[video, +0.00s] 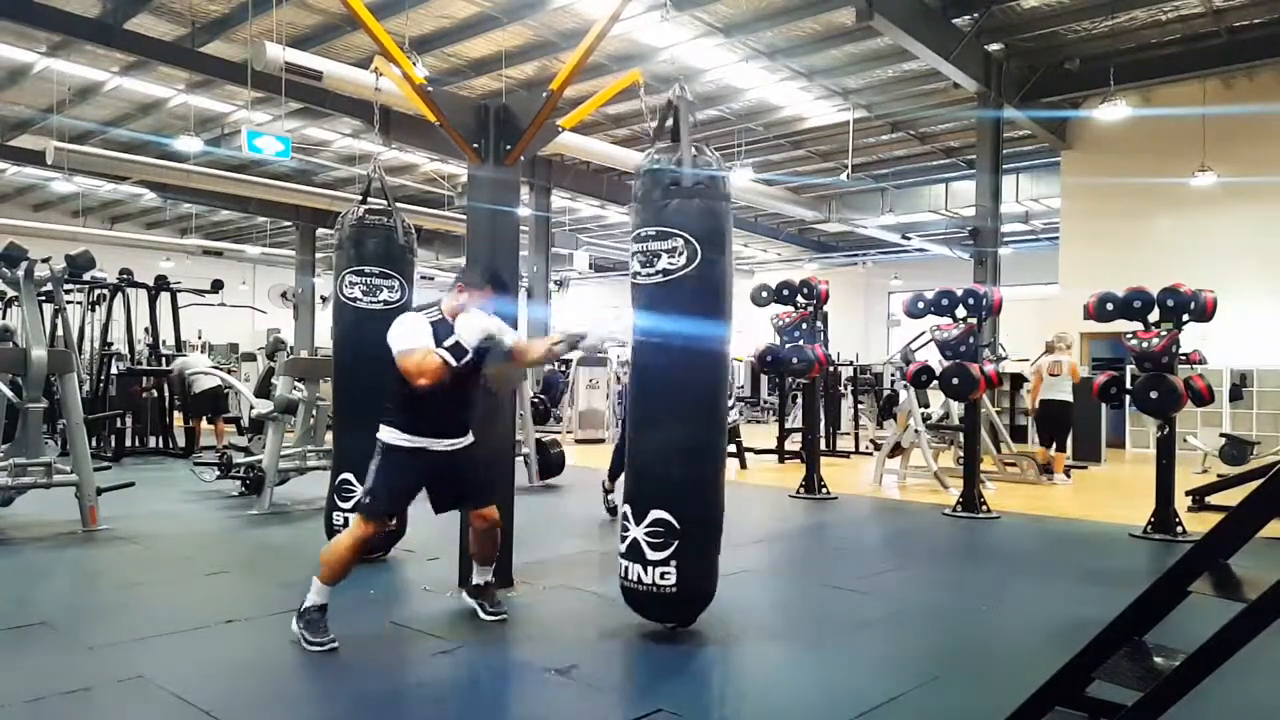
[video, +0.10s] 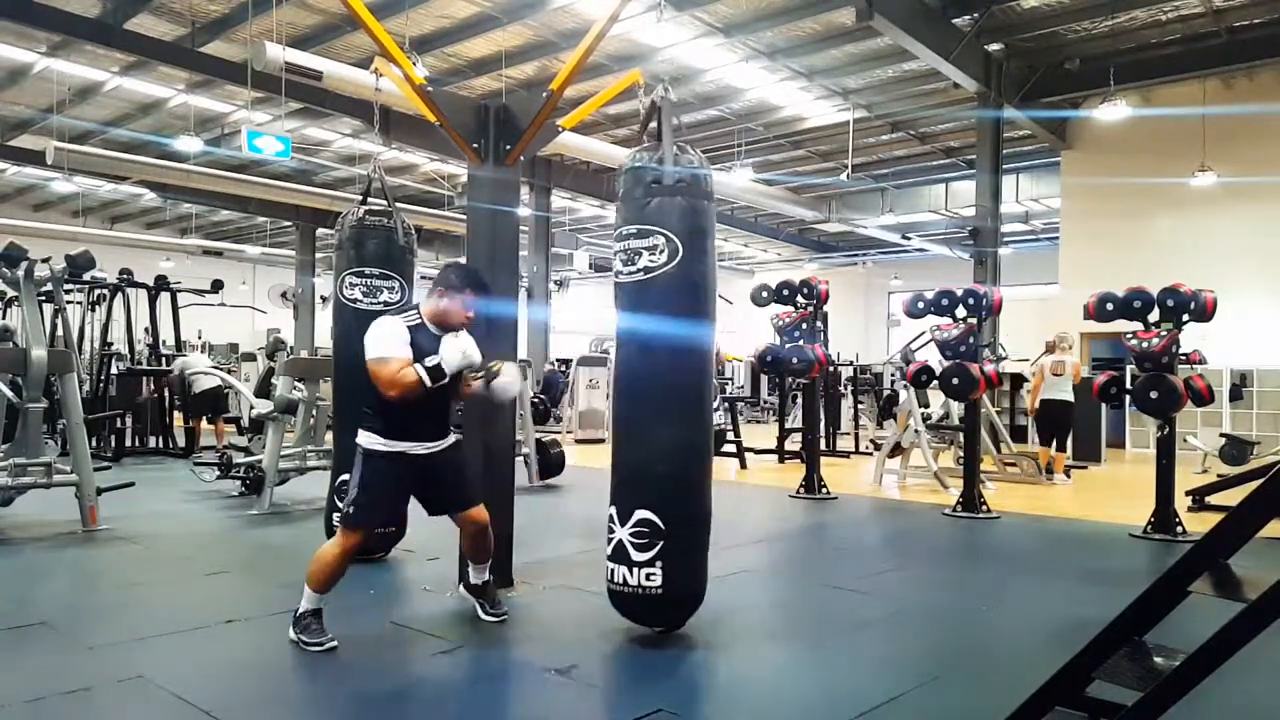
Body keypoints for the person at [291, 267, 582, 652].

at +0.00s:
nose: (486, 309)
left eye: (490, 304)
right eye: (482, 301)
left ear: (487, 300)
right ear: (461, 291)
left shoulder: (482, 324)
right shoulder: (410, 324)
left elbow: (525, 351)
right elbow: (422, 374)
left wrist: (556, 343)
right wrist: (465, 341)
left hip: (456, 448)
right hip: (402, 448)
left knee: (487, 520)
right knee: (366, 529)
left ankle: (481, 586)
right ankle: (312, 608)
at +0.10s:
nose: (472, 317)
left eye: (474, 308)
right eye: (467, 306)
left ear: (448, 299)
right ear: (441, 295)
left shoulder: (455, 339)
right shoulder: (388, 328)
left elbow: (459, 388)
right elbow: (393, 384)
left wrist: (487, 383)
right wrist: (446, 364)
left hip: (438, 451)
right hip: (383, 453)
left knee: (478, 522)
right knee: (348, 540)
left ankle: (479, 583)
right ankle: (306, 614)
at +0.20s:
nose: (461, 307)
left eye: (464, 299)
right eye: (457, 297)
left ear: (445, 290)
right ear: (431, 285)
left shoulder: (446, 328)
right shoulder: (382, 316)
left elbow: (443, 381)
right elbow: (372, 373)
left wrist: (462, 400)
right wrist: (429, 365)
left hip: (432, 440)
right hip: (376, 444)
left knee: (474, 510)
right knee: (345, 532)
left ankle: (473, 582)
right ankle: (307, 611)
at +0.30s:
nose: (457, 299)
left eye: (460, 291)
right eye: (452, 290)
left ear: (439, 284)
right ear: (426, 280)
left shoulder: (440, 320)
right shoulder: (378, 310)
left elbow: (441, 369)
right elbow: (373, 365)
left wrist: (472, 375)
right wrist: (430, 354)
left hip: (426, 437)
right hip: (371, 440)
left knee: (458, 513)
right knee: (341, 529)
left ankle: (487, 596)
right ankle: (307, 611)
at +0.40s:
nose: (458, 304)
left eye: (461, 296)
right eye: (454, 294)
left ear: (440, 290)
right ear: (426, 284)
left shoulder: (445, 328)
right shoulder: (378, 321)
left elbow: (484, 358)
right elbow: (381, 377)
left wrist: (524, 350)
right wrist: (442, 364)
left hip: (423, 447)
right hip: (369, 448)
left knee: (453, 523)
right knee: (339, 532)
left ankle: (484, 602)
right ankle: (306, 614)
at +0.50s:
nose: (472, 303)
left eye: (474, 295)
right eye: (468, 294)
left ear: (458, 290)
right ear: (441, 284)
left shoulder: (461, 325)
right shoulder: (392, 318)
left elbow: (507, 348)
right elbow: (383, 377)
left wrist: (552, 339)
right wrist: (439, 395)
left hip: (432, 445)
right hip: (379, 445)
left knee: (464, 518)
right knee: (349, 532)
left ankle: (482, 603)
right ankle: (311, 609)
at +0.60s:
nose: (490, 303)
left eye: (493, 295)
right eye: (488, 293)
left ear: (469, 287)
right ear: (463, 283)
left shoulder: (467, 326)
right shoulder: (421, 310)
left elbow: (470, 378)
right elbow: (402, 355)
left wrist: (512, 367)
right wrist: (458, 370)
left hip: (445, 442)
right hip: (400, 440)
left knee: (474, 520)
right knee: (366, 530)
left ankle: (482, 608)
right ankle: (316, 605)